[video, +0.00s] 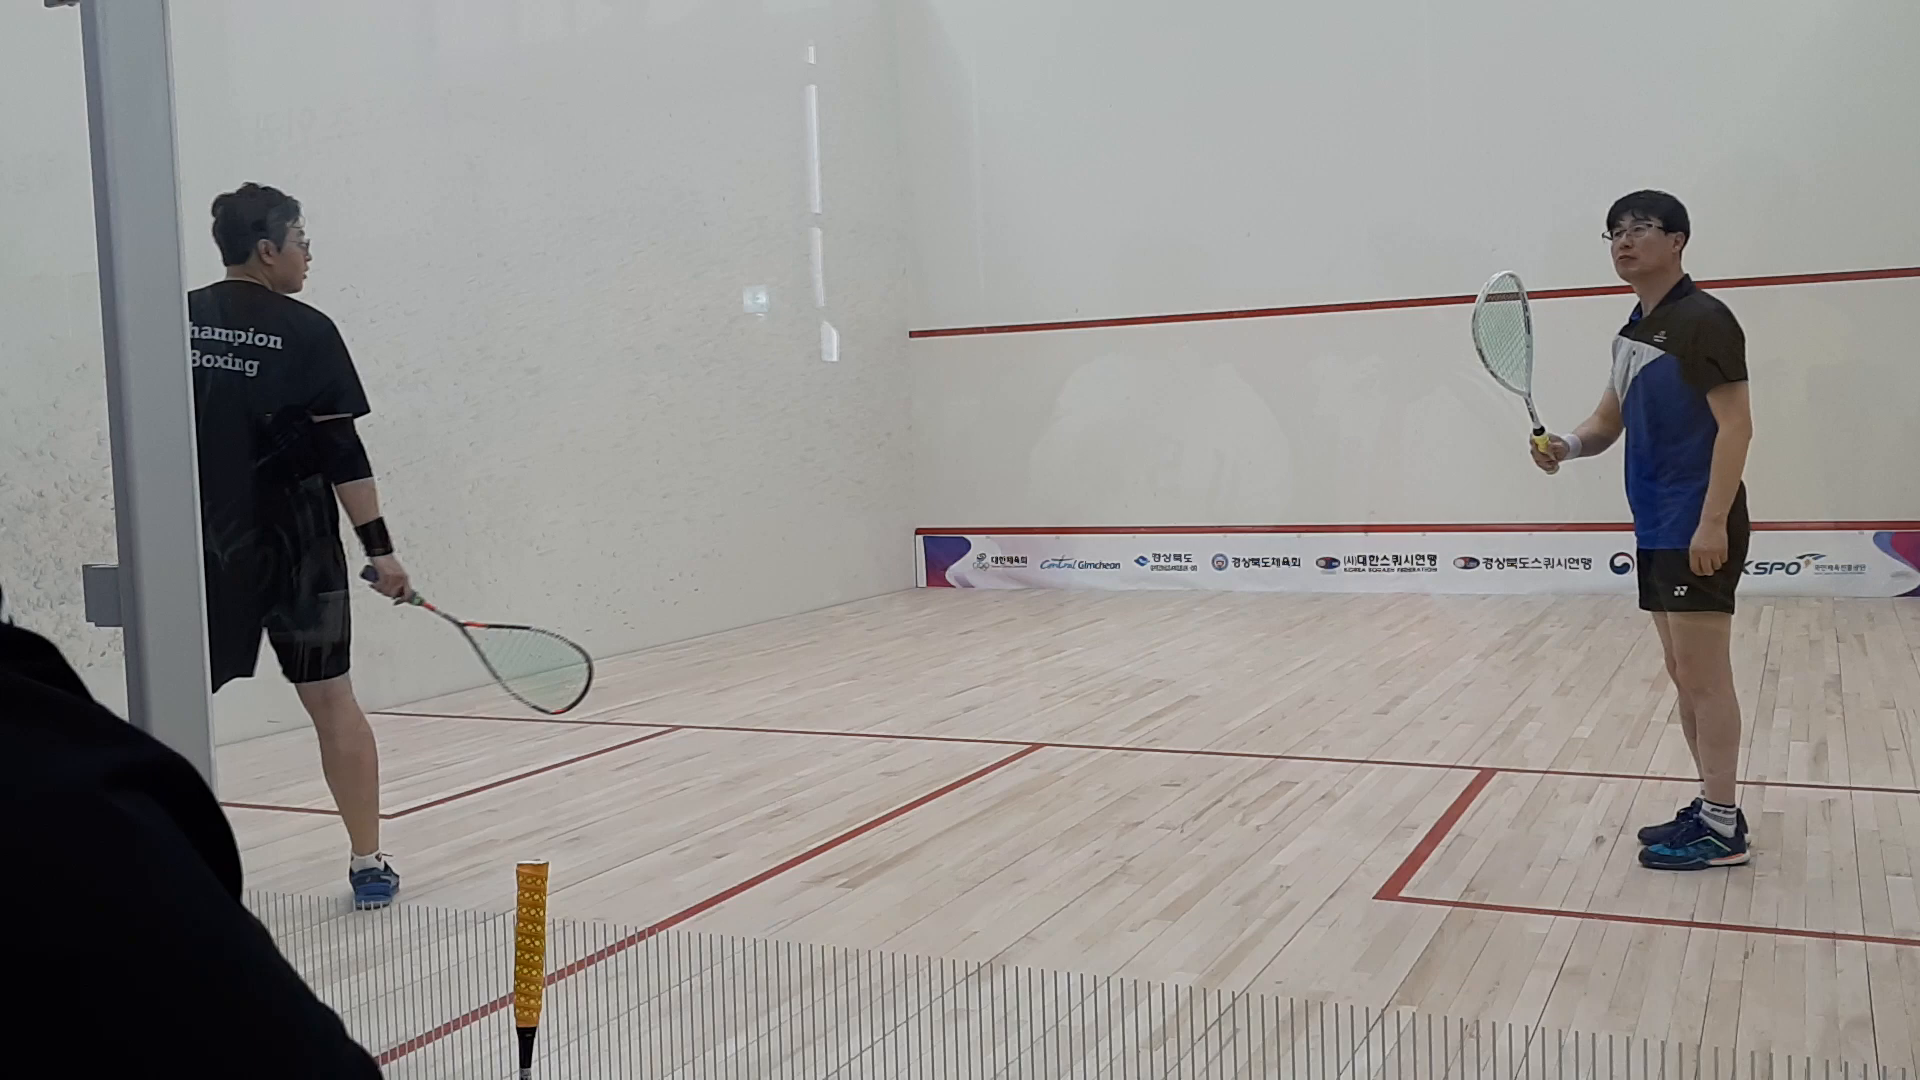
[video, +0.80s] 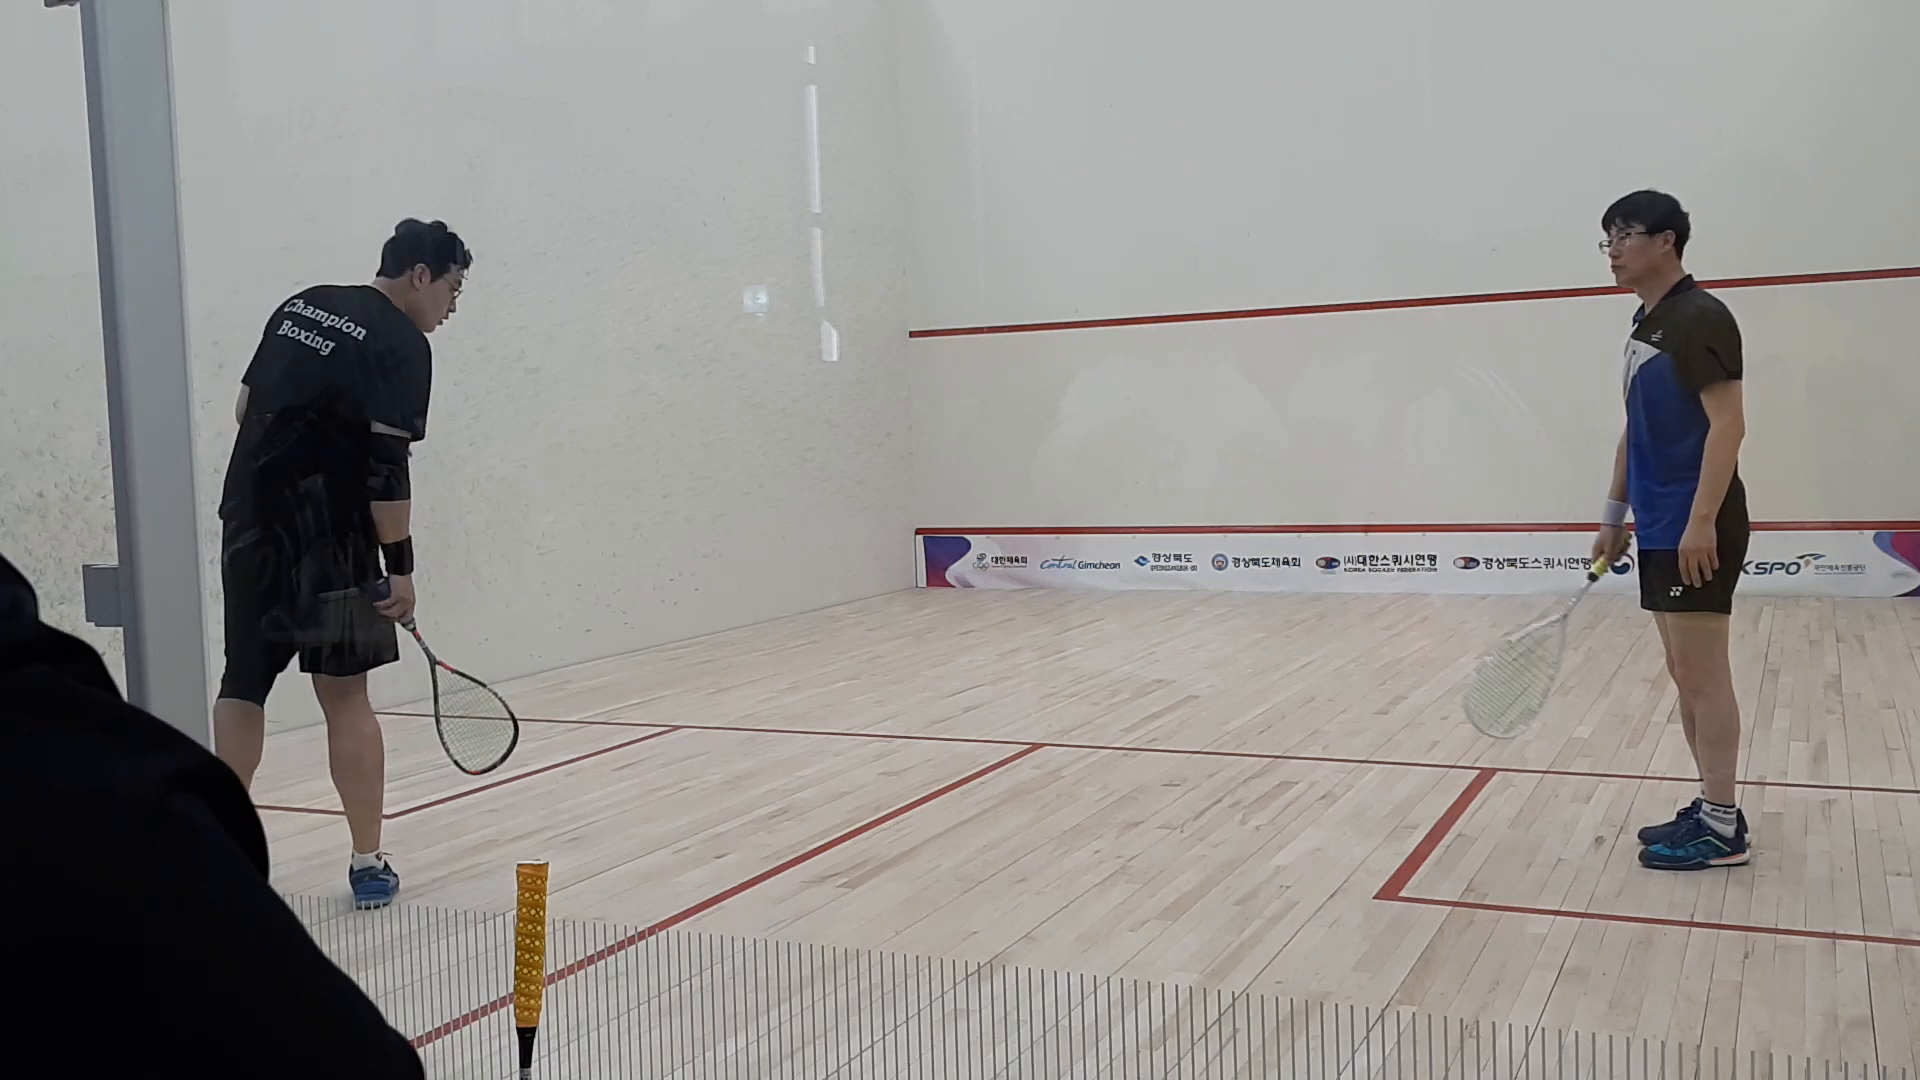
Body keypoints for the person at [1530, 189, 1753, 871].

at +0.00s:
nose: (1622, 242)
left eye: (1636, 231)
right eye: (1616, 234)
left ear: (1675, 241)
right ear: (1612, 249)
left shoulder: (1705, 321)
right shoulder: (1632, 333)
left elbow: (1736, 428)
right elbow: (1606, 423)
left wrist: (1712, 522)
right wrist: (1567, 443)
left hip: (1698, 530)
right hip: (1658, 531)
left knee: (1705, 678)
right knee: (1684, 676)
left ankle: (1722, 823)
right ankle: (1713, 807)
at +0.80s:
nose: (1609, 250)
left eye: (1622, 237)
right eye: (1608, 239)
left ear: (1667, 244)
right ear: (1633, 249)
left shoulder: (1701, 317)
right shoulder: (1647, 323)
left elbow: (1729, 425)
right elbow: (1635, 433)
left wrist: (1701, 520)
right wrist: (1616, 517)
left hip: (1698, 523)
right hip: (1661, 525)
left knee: (1705, 676)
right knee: (1686, 674)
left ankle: (1723, 822)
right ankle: (1712, 809)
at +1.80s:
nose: (1594, 247)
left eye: (1609, 235)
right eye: (1587, 241)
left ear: (1646, 246)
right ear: (1583, 259)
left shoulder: (1679, 326)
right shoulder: (1603, 343)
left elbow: (1713, 430)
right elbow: (1577, 431)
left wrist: (1693, 527)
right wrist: (1531, 455)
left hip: (1673, 533)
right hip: (1635, 536)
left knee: (1635, 673)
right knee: (1680, 676)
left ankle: (1624, 830)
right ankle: (1718, 806)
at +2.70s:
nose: (1491, 256)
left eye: (1502, 242)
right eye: (1491, 243)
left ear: (1548, 247)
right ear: (1531, 252)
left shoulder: (1603, 325)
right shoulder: (1531, 336)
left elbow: (1640, 433)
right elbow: (1490, 431)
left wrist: (1615, 528)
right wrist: (1428, 443)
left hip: (1607, 538)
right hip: (1570, 538)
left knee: (1580, 685)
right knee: (1624, 673)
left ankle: (1602, 839)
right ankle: (1690, 781)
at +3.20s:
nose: (1437, 287)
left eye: (1444, 271)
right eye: (1436, 273)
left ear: (1482, 265)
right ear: (1480, 269)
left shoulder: (1557, 335)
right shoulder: (1477, 346)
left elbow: (1595, 450)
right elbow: (1445, 431)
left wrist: (1570, 544)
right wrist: (1392, 463)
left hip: (1586, 532)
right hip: (1539, 533)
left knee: (1573, 684)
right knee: (1554, 675)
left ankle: (1602, 839)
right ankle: (1663, 772)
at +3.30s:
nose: (1422, 291)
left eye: (1428, 276)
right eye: (1420, 277)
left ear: (1465, 269)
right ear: (1463, 271)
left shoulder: (1538, 340)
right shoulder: (1463, 350)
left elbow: (1550, 459)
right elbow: (1431, 435)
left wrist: (1496, 542)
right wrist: (1391, 461)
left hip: (1577, 543)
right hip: (1527, 542)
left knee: (1569, 689)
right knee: (1512, 673)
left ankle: (1601, 838)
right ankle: (1608, 788)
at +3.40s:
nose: (1404, 293)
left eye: (1410, 278)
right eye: (1402, 280)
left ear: (1448, 272)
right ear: (1444, 276)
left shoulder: (1520, 341)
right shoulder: (1444, 352)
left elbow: (1497, 460)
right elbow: (1411, 439)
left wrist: (1406, 512)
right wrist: (1377, 439)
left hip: (1565, 542)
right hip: (1512, 542)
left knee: (1563, 691)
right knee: (1465, 665)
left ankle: (1603, 838)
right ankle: (1508, 808)